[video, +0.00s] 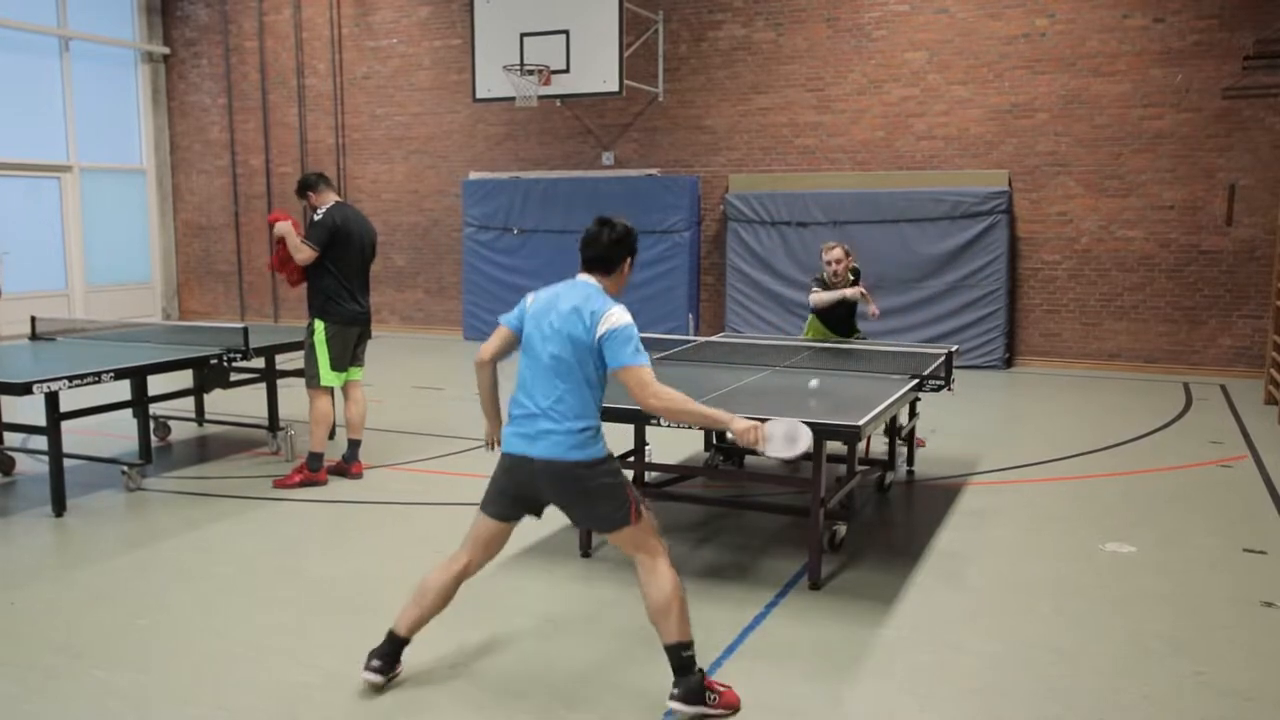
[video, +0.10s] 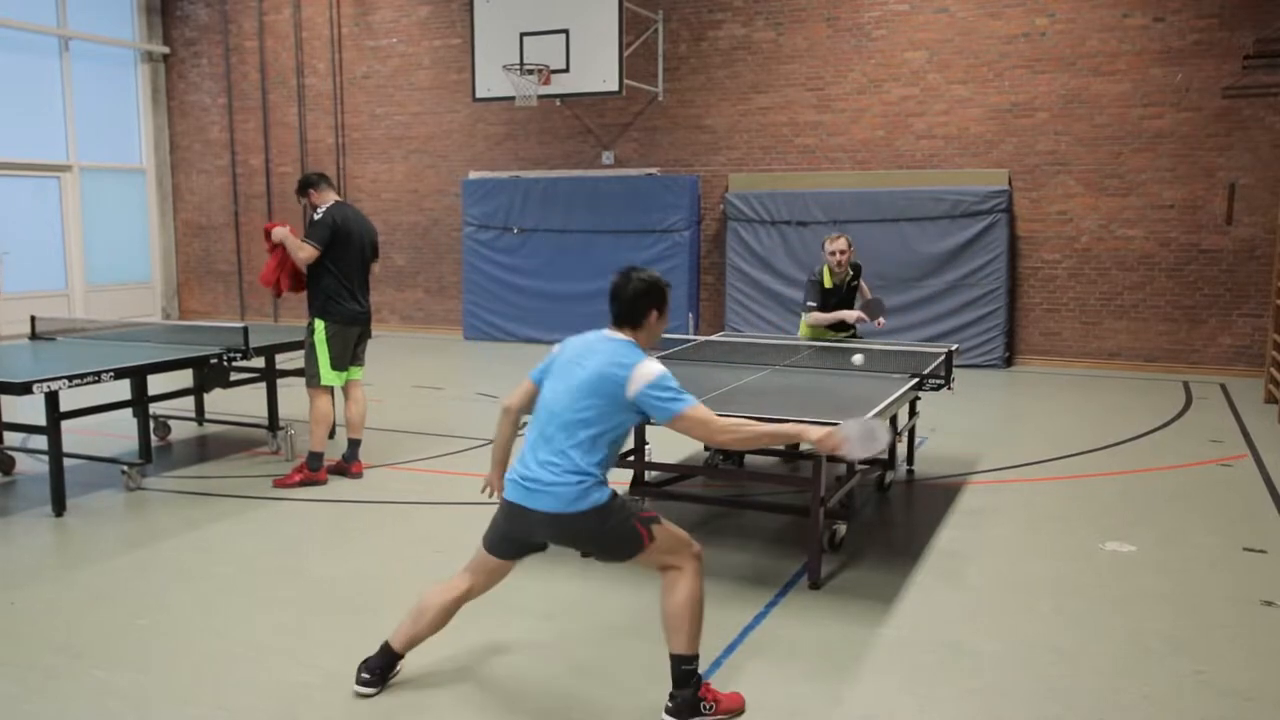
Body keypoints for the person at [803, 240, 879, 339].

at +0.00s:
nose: (834, 269)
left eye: (838, 262)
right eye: (828, 264)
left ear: (849, 261)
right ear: (823, 266)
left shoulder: (854, 273)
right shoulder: (819, 281)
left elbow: (857, 288)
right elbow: (814, 302)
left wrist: (870, 304)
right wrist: (844, 293)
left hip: (849, 339)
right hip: (817, 339)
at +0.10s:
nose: (838, 259)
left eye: (842, 253)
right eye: (832, 254)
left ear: (851, 253)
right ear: (824, 256)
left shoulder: (855, 270)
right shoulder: (816, 278)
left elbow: (858, 283)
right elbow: (810, 319)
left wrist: (874, 312)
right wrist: (843, 315)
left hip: (846, 336)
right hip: (817, 338)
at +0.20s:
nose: (841, 244)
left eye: (846, 238)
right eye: (836, 239)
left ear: (854, 238)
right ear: (827, 241)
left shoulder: (864, 259)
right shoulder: (814, 270)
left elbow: (874, 282)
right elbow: (803, 306)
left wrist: (876, 307)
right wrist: (825, 318)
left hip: (856, 330)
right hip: (822, 333)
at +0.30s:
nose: (842, 235)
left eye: (846, 229)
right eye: (836, 230)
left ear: (853, 230)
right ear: (827, 233)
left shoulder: (867, 249)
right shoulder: (814, 262)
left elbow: (885, 274)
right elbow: (803, 297)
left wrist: (876, 303)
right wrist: (816, 314)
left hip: (858, 325)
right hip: (826, 326)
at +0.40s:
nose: (842, 241)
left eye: (846, 235)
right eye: (836, 236)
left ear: (853, 235)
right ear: (828, 238)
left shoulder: (869, 252)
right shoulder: (818, 265)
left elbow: (891, 276)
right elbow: (798, 299)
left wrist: (883, 299)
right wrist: (815, 317)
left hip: (864, 324)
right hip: (829, 327)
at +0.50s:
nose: (839, 255)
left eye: (844, 249)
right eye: (834, 251)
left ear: (851, 247)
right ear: (826, 251)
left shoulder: (866, 260)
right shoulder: (821, 269)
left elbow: (892, 280)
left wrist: (893, 301)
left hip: (864, 334)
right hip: (832, 335)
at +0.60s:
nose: (832, 263)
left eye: (836, 257)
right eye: (826, 258)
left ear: (845, 253)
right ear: (819, 257)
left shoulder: (859, 261)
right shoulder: (819, 278)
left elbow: (882, 276)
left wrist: (895, 295)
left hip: (867, 331)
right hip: (838, 336)